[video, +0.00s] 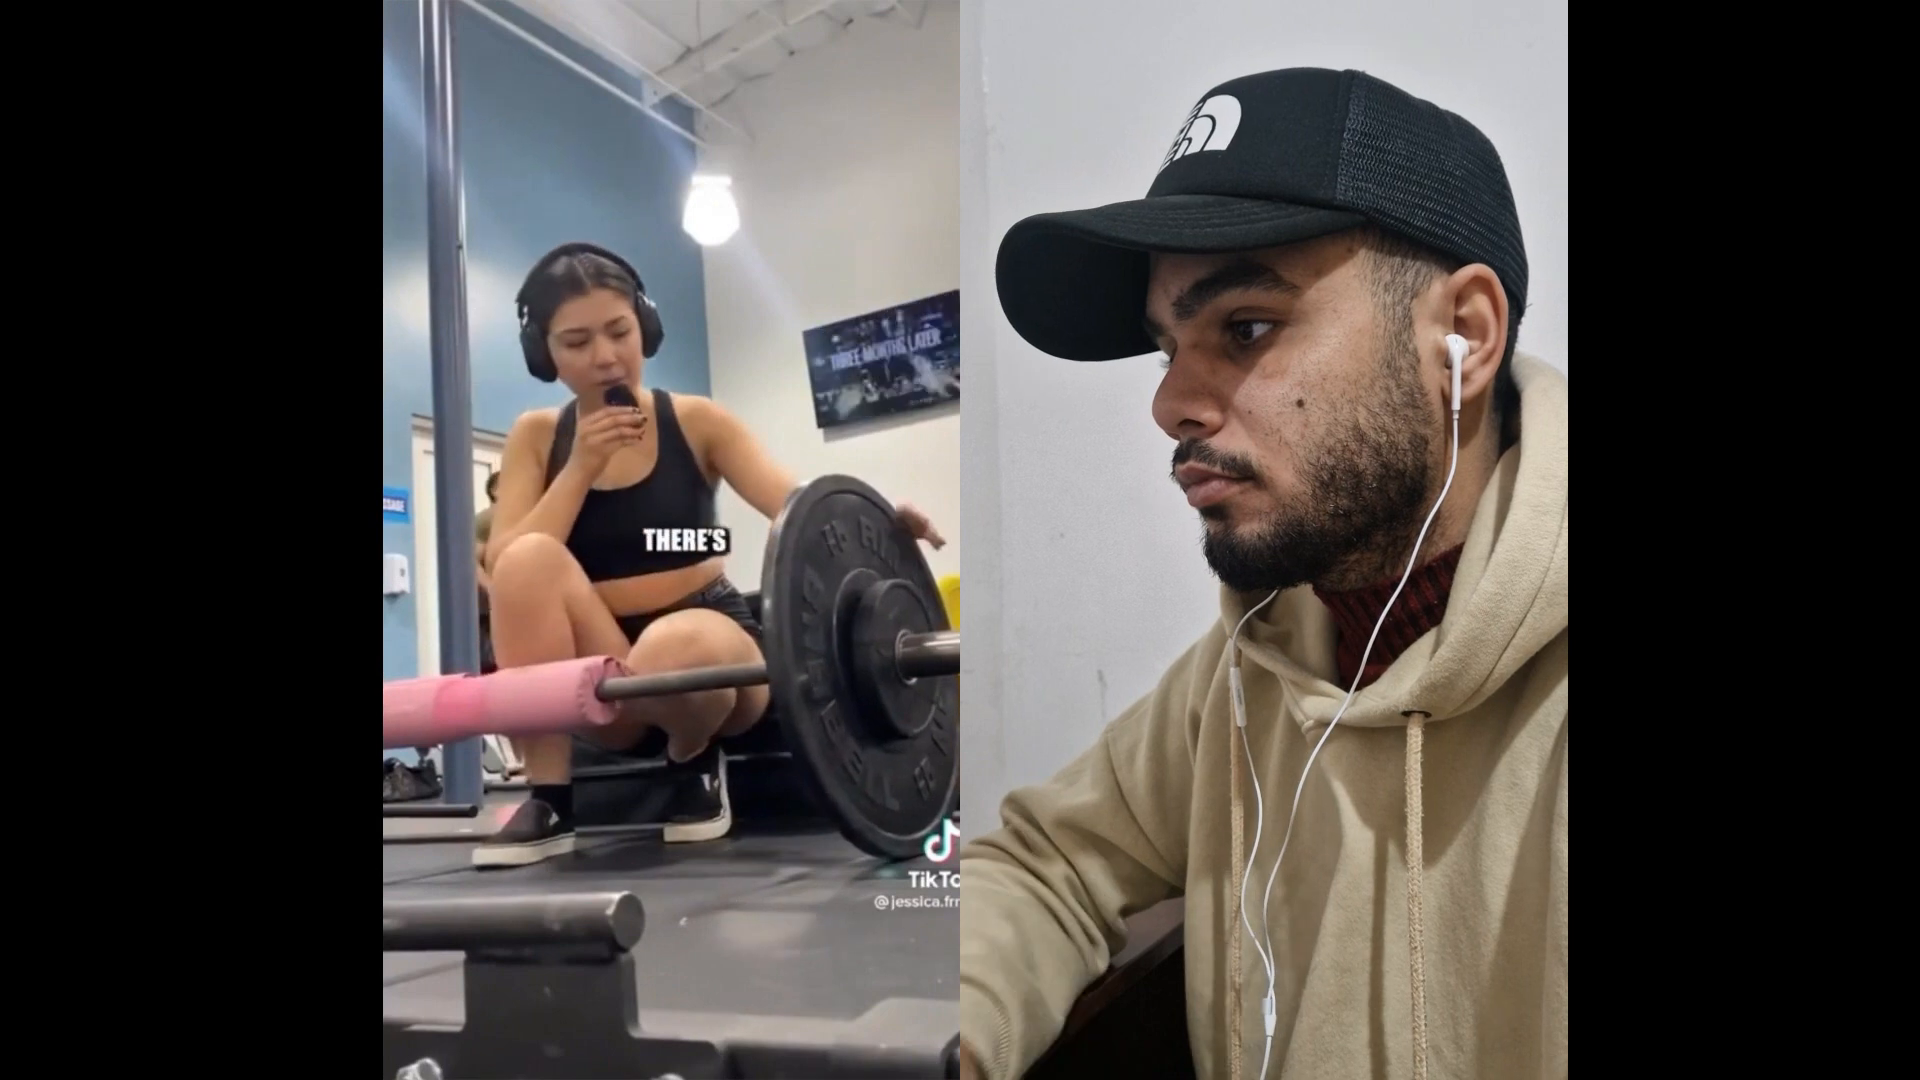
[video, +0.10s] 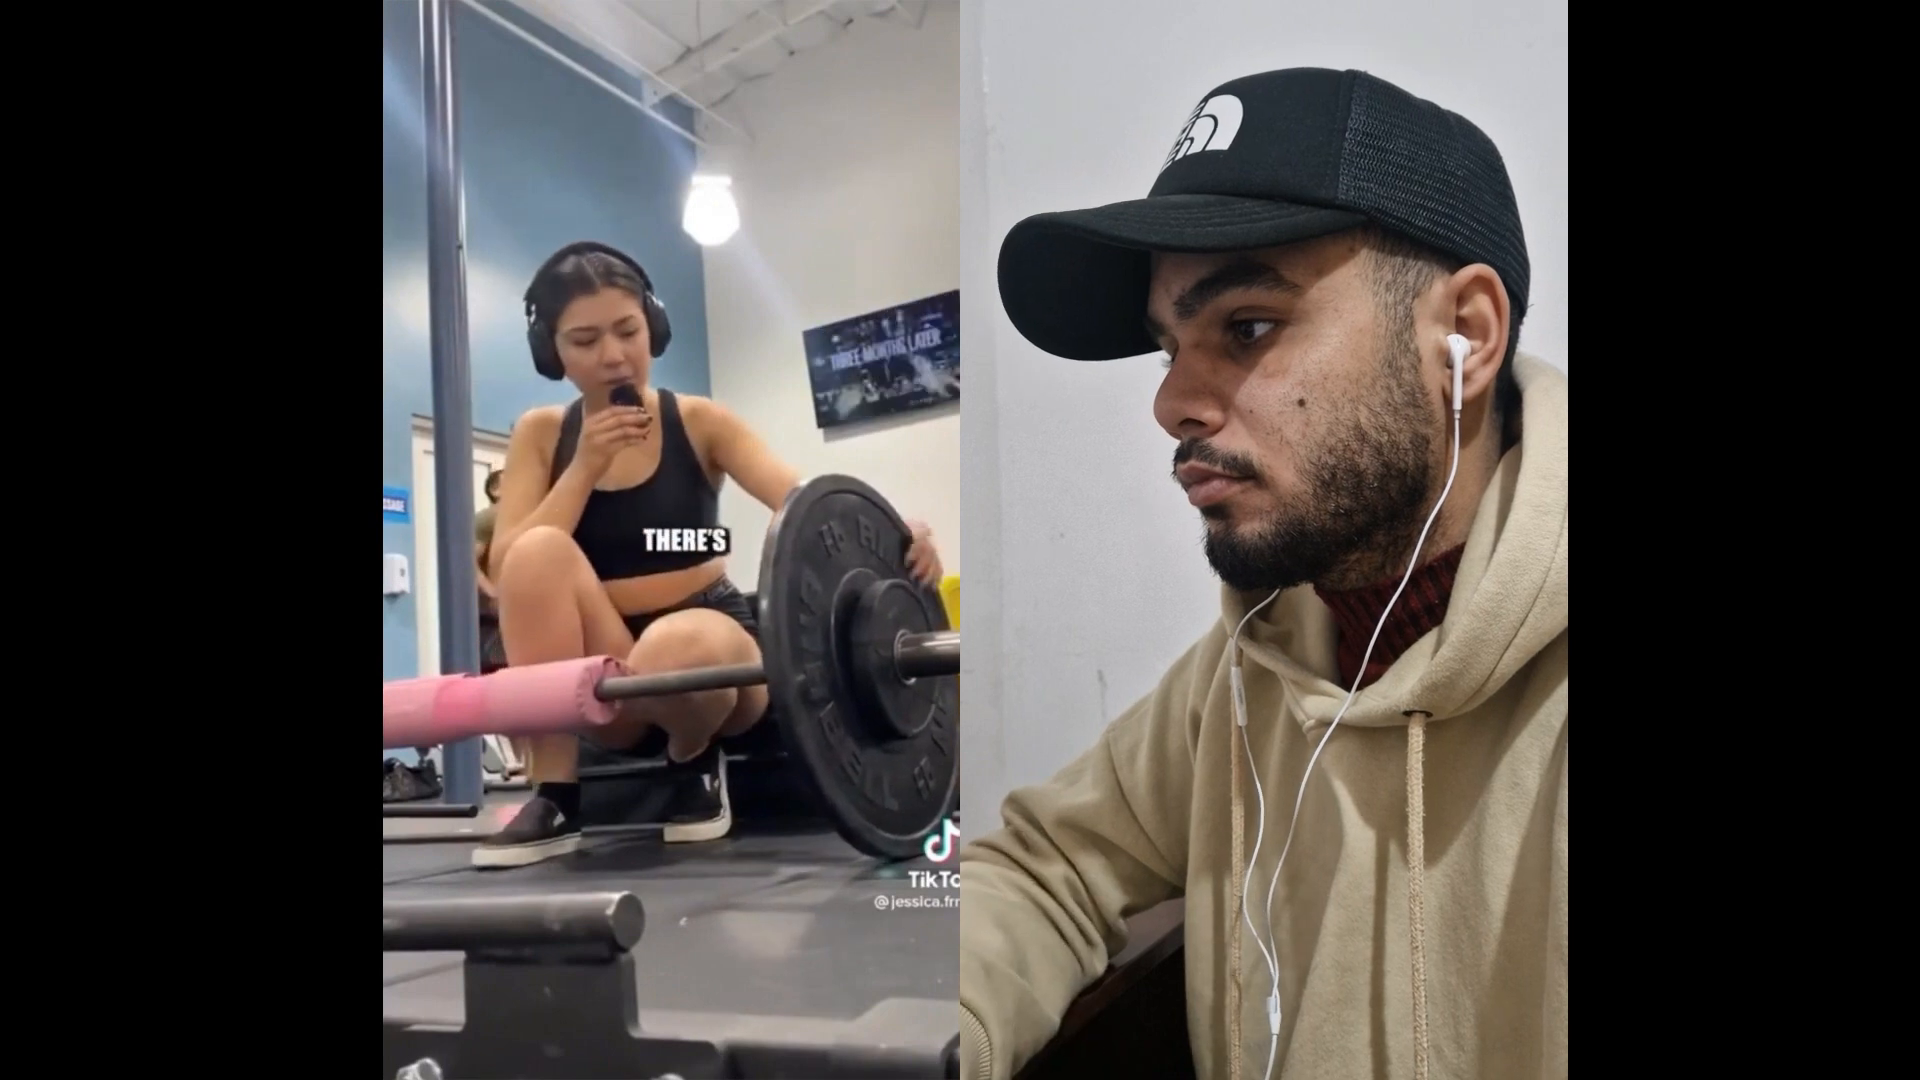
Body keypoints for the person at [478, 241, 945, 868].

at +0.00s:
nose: (605, 355)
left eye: (618, 331)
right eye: (578, 341)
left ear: (643, 329)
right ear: (548, 355)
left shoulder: (697, 422)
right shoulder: (536, 435)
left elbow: (792, 505)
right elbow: (508, 569)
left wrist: (877, 526)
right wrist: (579, 470)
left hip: (712, 652)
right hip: (598, 669)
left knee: (674, 650)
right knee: (526, 559)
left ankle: (693, 761)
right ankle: (545, 798)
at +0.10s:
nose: (613, 355)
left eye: (627, 331)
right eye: (585, 339)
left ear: (652, 329)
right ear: (554, 352)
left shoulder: (700, 423)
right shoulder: (540, 433)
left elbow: (800, 505)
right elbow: (510, 569)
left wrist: (894, 541)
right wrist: (583, 470)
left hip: (713, 657)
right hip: (602, 670)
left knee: (672, 651)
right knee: (534, 553)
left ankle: (693, 760)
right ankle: (552, 797)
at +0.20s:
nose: (642, 348)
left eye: (657, 320)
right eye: (613, 331)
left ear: (684, 317)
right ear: (582, 342)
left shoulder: (740, 413)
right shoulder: (565, 425)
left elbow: (840, 490)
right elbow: (531, 582)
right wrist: (606, 477)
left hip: (744, 677)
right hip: (628, 683)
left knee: (698, 636)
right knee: (593, 542)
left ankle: (715, 766)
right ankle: (614, 794)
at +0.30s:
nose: (647, 345)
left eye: (663, 318)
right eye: (619, 326)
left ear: (689, 315)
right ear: (584, 336)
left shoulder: (740, 409)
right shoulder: (563, 421)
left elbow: (847, 491)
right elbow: (531, 582)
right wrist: (609, 474)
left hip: (740, 668)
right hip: (622, 676)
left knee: (702, 639)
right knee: (610, 547)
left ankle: (715, 763)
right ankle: (618, 790)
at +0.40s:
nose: (654, 340)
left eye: (671, 314)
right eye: (626, 320)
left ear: (695, 312)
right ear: (586, 327)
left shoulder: (743, 404)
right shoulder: (559, 416)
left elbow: (845, 488)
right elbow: (530, 581)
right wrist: (616, 472)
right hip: (620, 657)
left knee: (722, 658)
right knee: (627, 560)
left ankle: (712, 765)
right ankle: (622, 793)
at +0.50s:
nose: (659, 333)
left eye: (675, 307)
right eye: (630, 312)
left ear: (697, 304)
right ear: (588, 316)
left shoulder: (742, 397)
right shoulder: (556, 406)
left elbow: (845, 483)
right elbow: (527, 575)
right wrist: (621, 467)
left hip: (721, 632)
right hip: (604, 643)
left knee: (770, 666)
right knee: (665, 573)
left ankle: (700, 759)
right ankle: (631, 791)